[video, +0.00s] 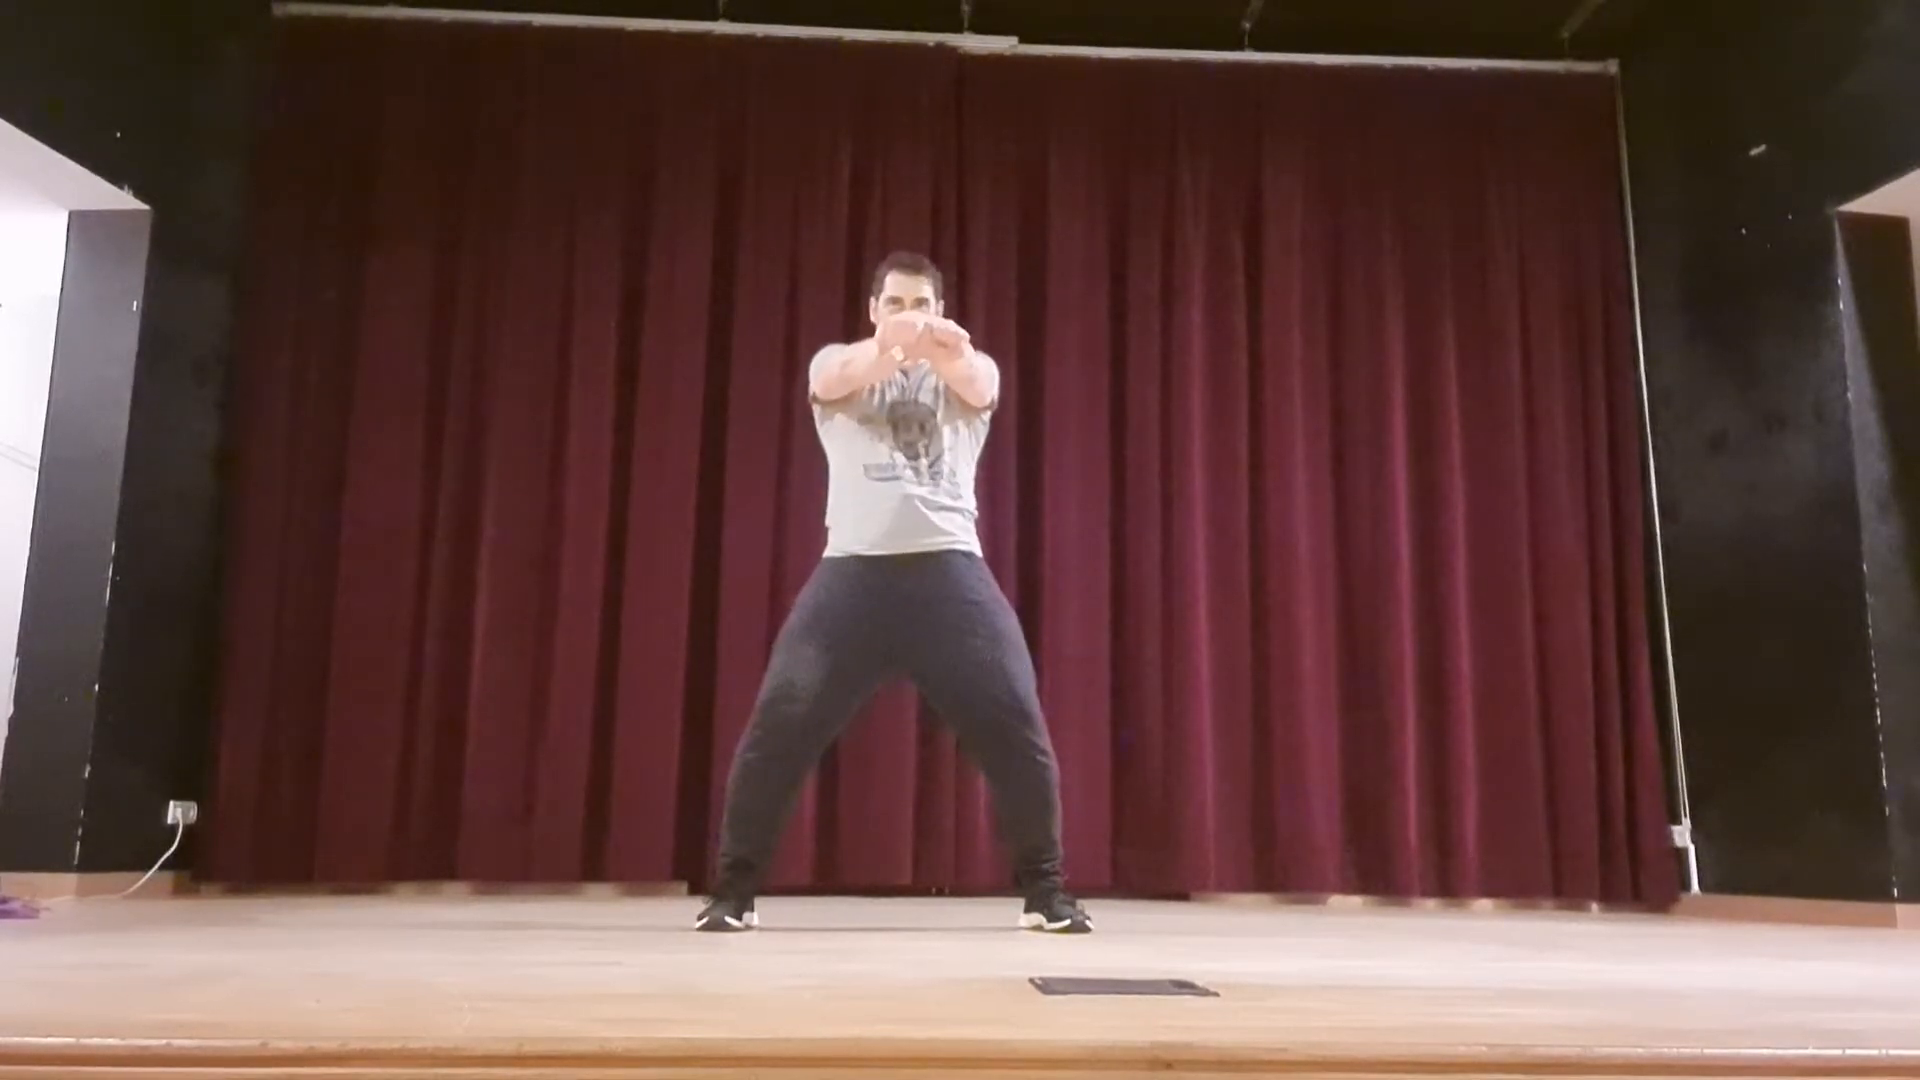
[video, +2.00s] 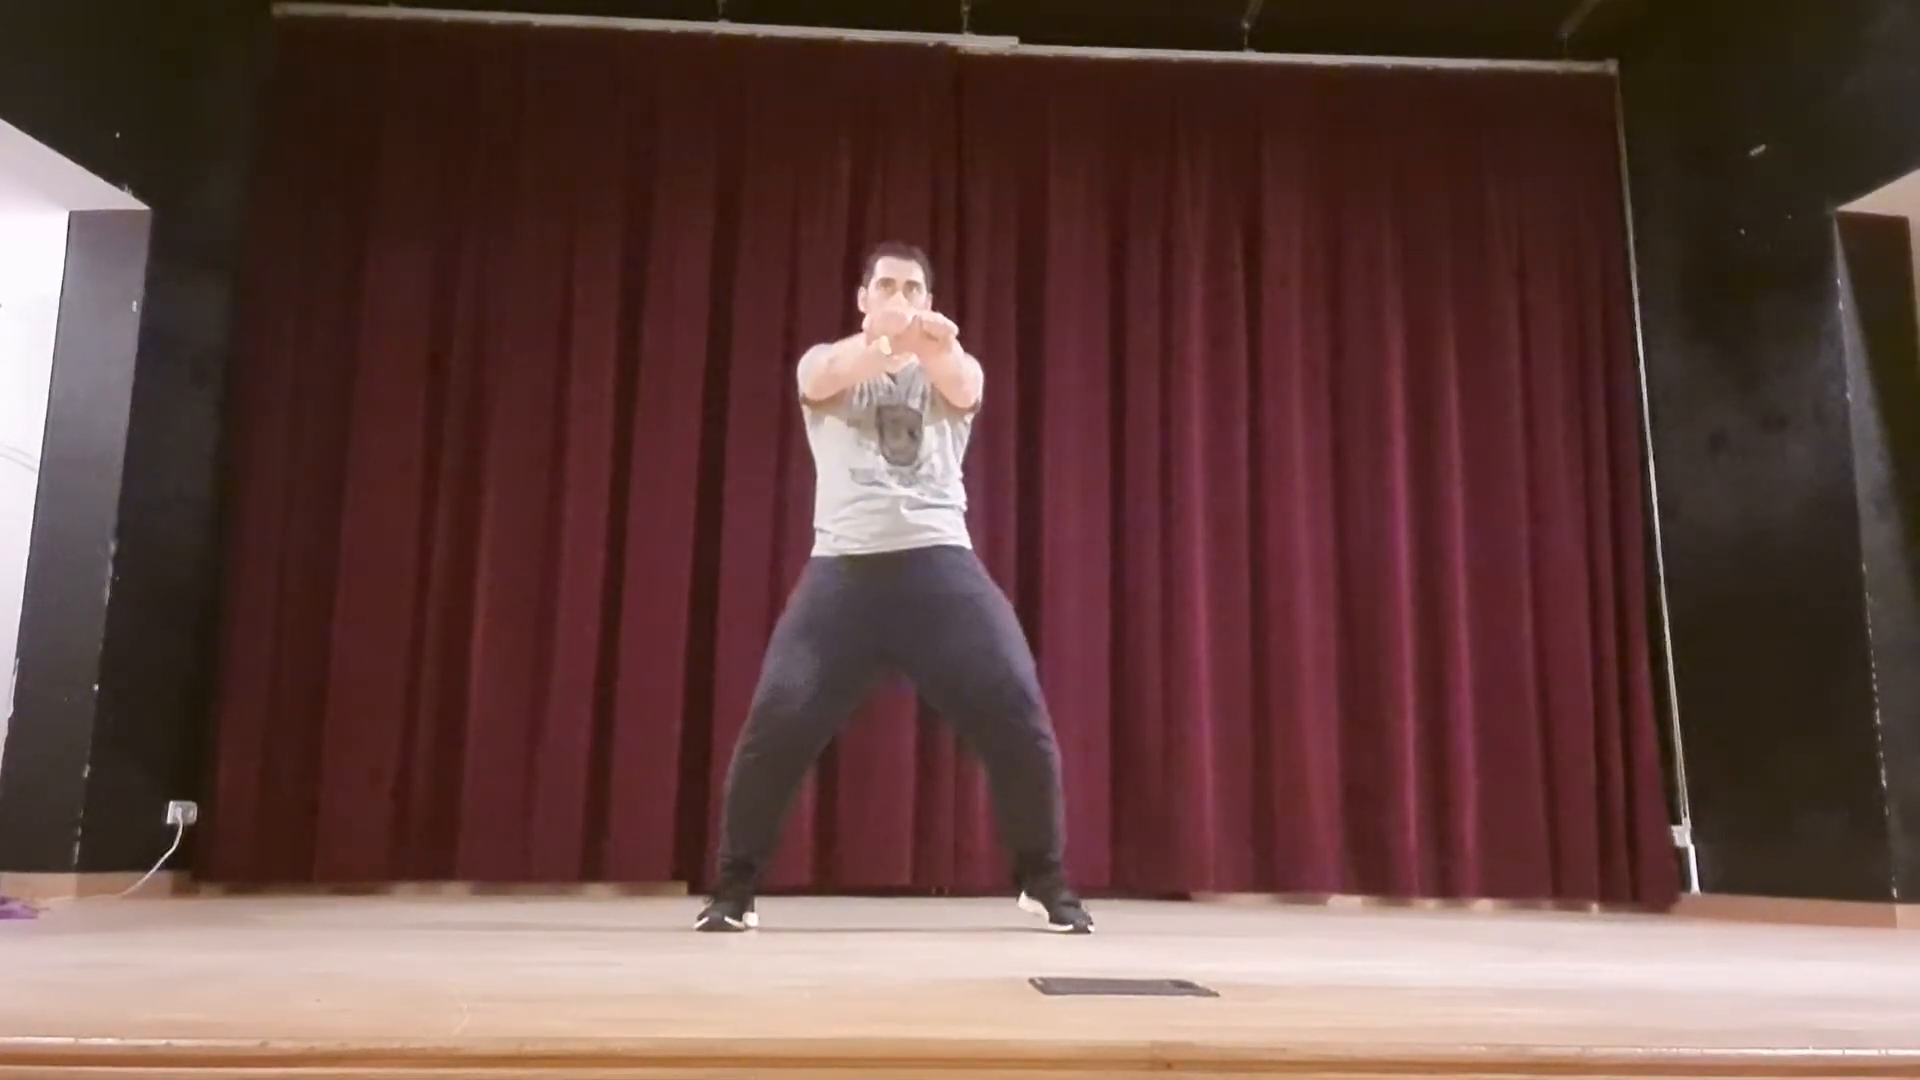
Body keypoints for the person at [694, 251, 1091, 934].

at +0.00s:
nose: (907, 315)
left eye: (920, 304)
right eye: (896, 303)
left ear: (939, 310)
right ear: (872, 308)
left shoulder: (973, 369)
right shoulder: (836, 361)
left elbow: (978, 392)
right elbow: (829, 385)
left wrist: (952, 357)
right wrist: (888, 351)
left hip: (950, 572)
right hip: (852, 572)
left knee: (1015, 721)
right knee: (783, 714)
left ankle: (1046, 891)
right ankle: (733, 893)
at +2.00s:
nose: (898, 297)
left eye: (911, 289)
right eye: (885, 286)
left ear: (929, 304)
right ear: (862, 298)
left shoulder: (952, 366)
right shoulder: (827, 358)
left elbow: (964, 391)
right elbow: (819, 383)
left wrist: (939, 346)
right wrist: (880, 349)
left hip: (941, 568)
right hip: (841, 572)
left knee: (1020, 716)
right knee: (778, 717)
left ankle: (1043, 879)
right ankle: (734, 890)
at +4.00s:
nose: (852, 302)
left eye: (866, 291)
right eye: (841, 290)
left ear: (889, 303)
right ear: (820, 301)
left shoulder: (921, 366)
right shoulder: (792, 368)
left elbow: (929, 393)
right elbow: (782, 399)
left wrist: (882, 364)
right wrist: (830, 373)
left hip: (922, 568)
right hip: (819, 575)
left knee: (1016, 700)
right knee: (755, 709)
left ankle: (1048, 861)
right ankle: (728, 887)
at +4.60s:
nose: (940, 292)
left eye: (953, 285)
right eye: (928, 284)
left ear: (975, 306)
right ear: (909, 303)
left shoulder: (997, 371)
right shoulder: (876, 357)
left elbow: (1013, 412)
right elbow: (868, 380)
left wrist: (964, 336)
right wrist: (937, 351)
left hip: (973, 580)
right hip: (870, 575)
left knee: (1031, 712)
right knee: (781, 686)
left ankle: (1050, 891)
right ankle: (734, 867)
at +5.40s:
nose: (852, 285)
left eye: (865, 279)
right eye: (840, 278)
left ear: (887, 306)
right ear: (817, 304)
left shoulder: (916, 360)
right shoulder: (788, 368)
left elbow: (922, 387)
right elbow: (784, 401)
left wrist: (874, 363)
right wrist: (839, 359)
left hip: (920, 567)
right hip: (818, 574)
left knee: (1012, 709)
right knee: (755, 706)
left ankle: (1044, 866)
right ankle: (734, 886)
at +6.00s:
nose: (936, 288)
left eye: (950, 278)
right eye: (923, 278)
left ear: (972, 299)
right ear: (903, 297)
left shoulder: (991, 373)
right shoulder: (870, 355)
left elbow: (1007, 404)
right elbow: (864, 363)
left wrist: (982, 326)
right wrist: (943, 330)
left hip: (965, 576)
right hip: (862, 569)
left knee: (1022, 707)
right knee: (770, 676)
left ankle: (1043, 888)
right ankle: (729, 863)